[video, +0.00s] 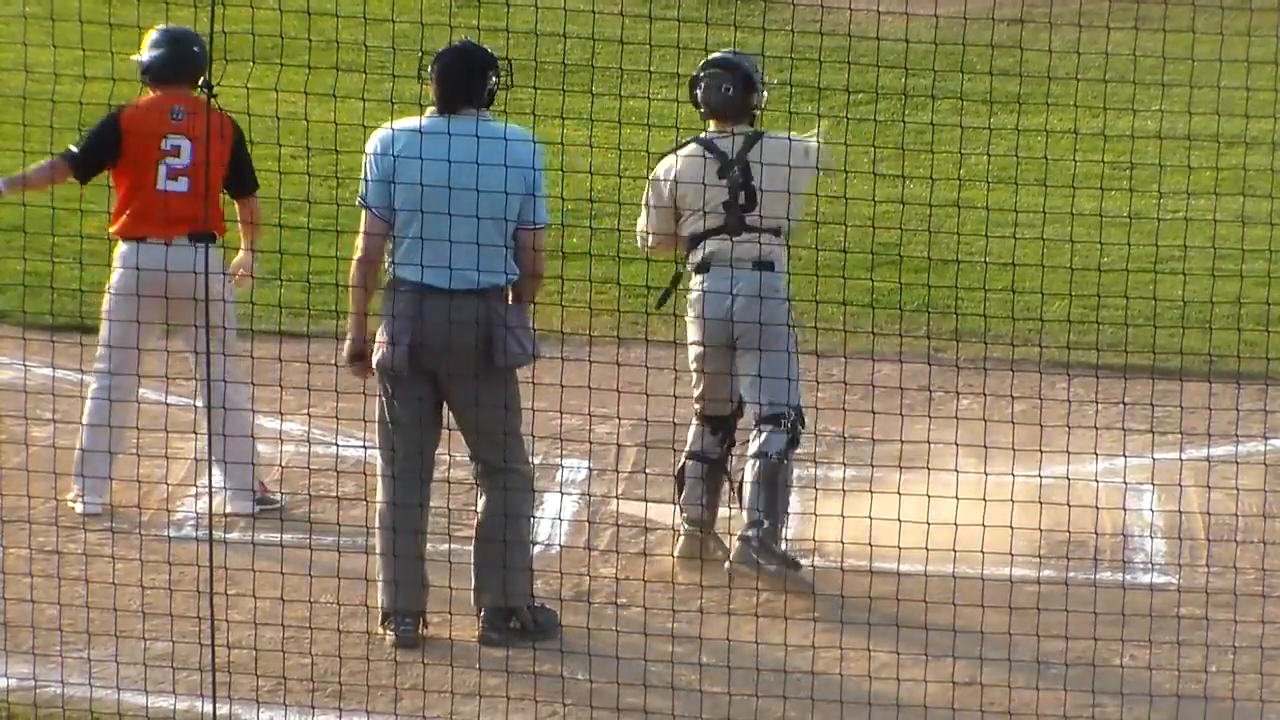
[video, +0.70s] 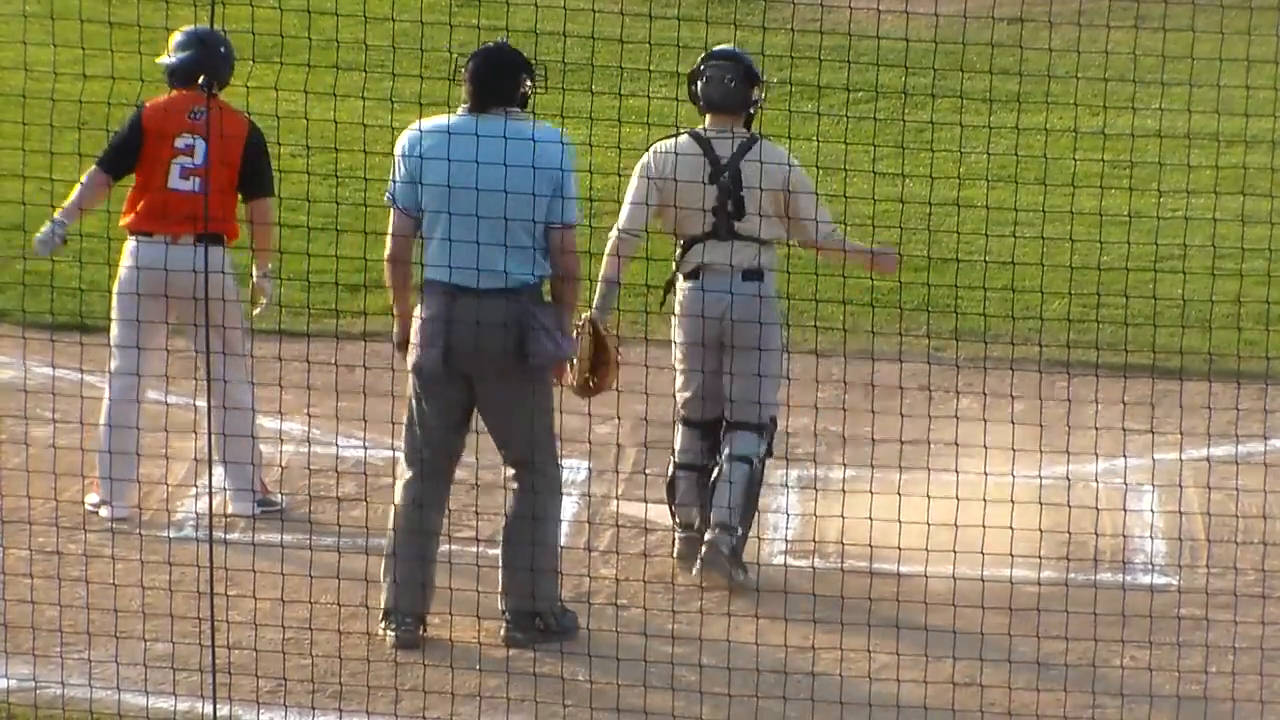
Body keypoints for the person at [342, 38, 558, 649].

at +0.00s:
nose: (485, 95)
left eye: (434, 83)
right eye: (488, 86)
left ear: (431, 88)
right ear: (488, 91)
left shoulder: (390, 143)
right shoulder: (520, 147)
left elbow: (369, 251)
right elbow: (532, 255)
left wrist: (358, 329)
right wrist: (519, 315)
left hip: (407, 321)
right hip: (482, 325)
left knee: (403, 471)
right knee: (504, 469)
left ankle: (401, 613)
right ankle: (506, 608)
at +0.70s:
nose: (528, 97)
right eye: (527, 90)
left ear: (465, 91)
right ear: (520, 93)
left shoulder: (420, 140)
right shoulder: (550, 145)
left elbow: (397, 248)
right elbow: (565, 256)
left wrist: (403, 321)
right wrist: (566, 333)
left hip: (440, 323)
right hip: (517, 326)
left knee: (424, 470)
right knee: (535, 470)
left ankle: (404, 613)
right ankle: (531, 611)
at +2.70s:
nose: (577, 97)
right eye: (577, 89)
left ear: (517, 89)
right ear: (572, 94)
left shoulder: (472, 139)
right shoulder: (597, 151)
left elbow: (439, 246)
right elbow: (607, 261)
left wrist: (430, 324)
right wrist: (618, 341)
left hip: (484, 318)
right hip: (559, 322)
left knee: (463, 453)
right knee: (547, 463)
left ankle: (441, 593)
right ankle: (529, 607)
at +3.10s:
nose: (573, 100)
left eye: (521, 89)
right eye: (576, 92)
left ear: (519, 92)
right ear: (575, 95)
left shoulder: (474, 139)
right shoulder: (599, 153)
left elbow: (447, 250)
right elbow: (607, 262)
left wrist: (458, 311)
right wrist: (614, 339)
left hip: (484, 317)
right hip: (560, 323)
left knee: (463, 454)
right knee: (546, 464)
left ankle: (442, 594)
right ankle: (529, 610)